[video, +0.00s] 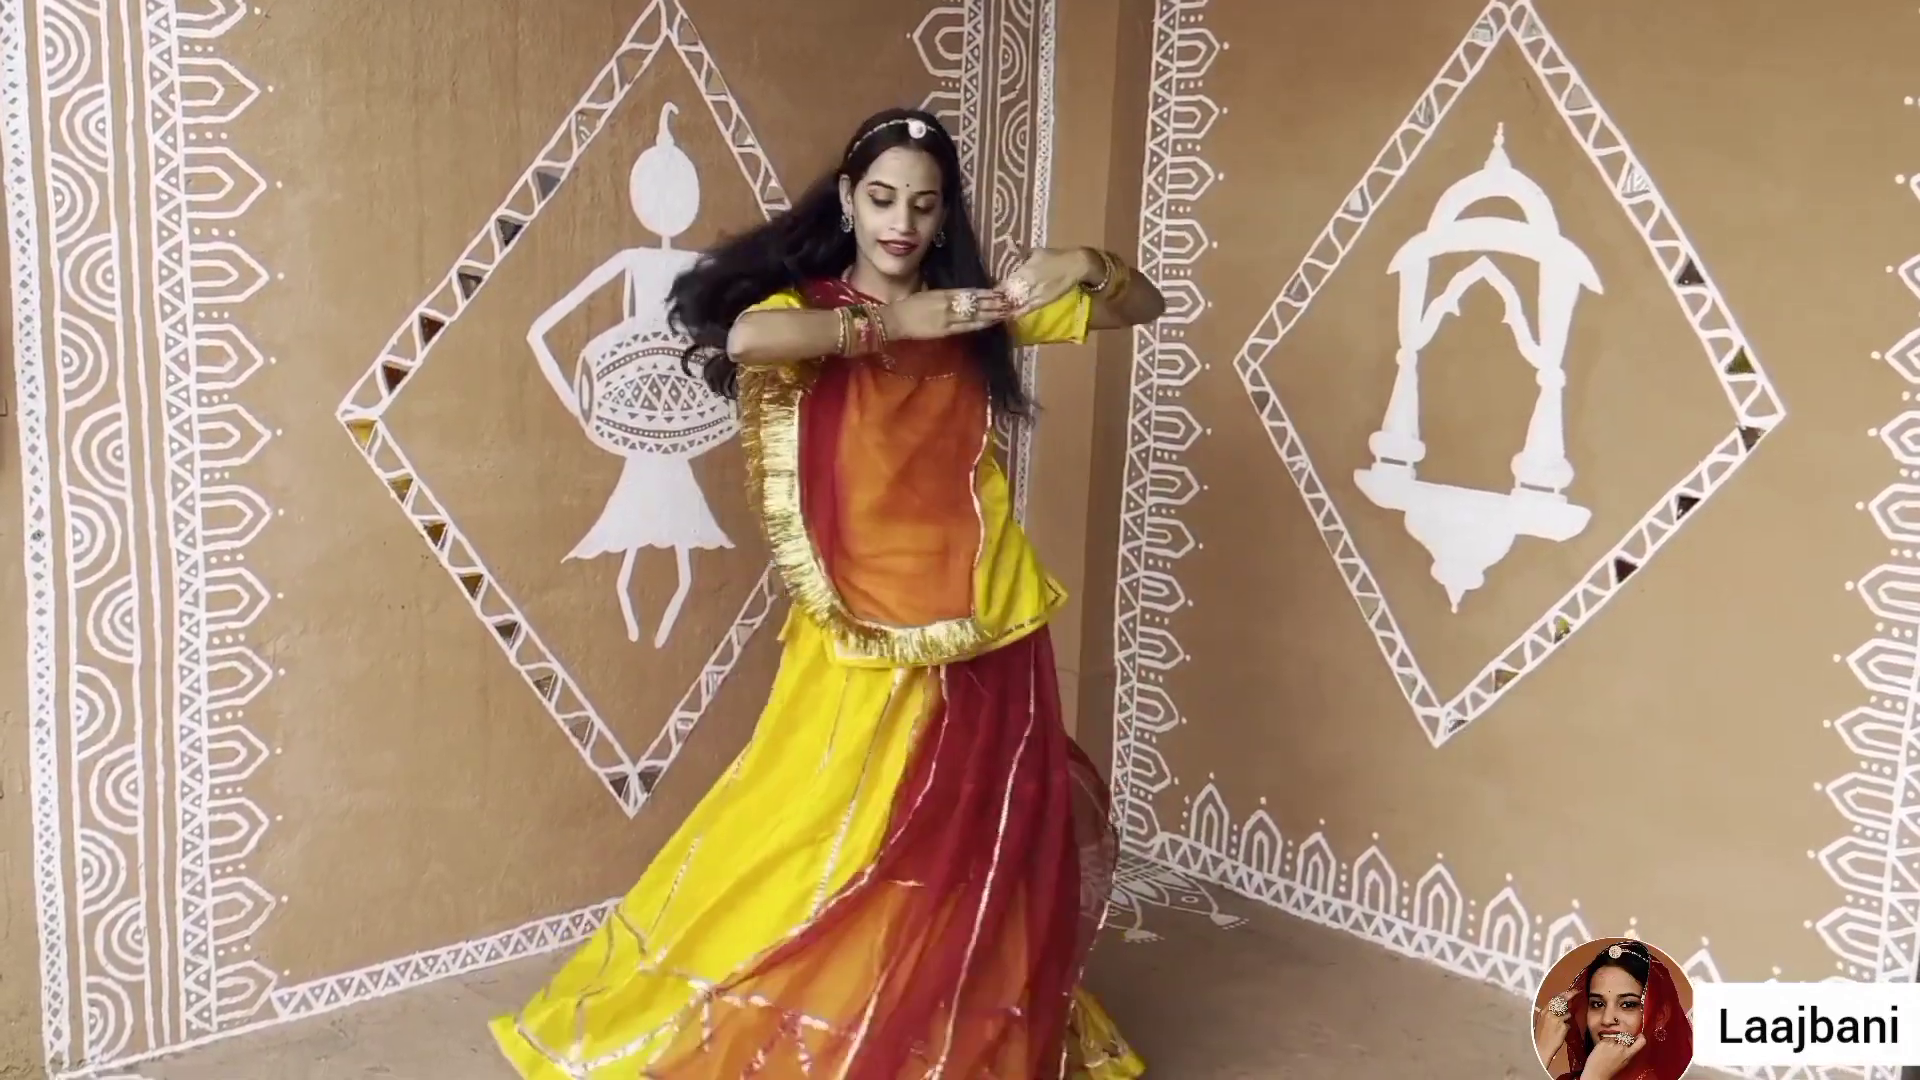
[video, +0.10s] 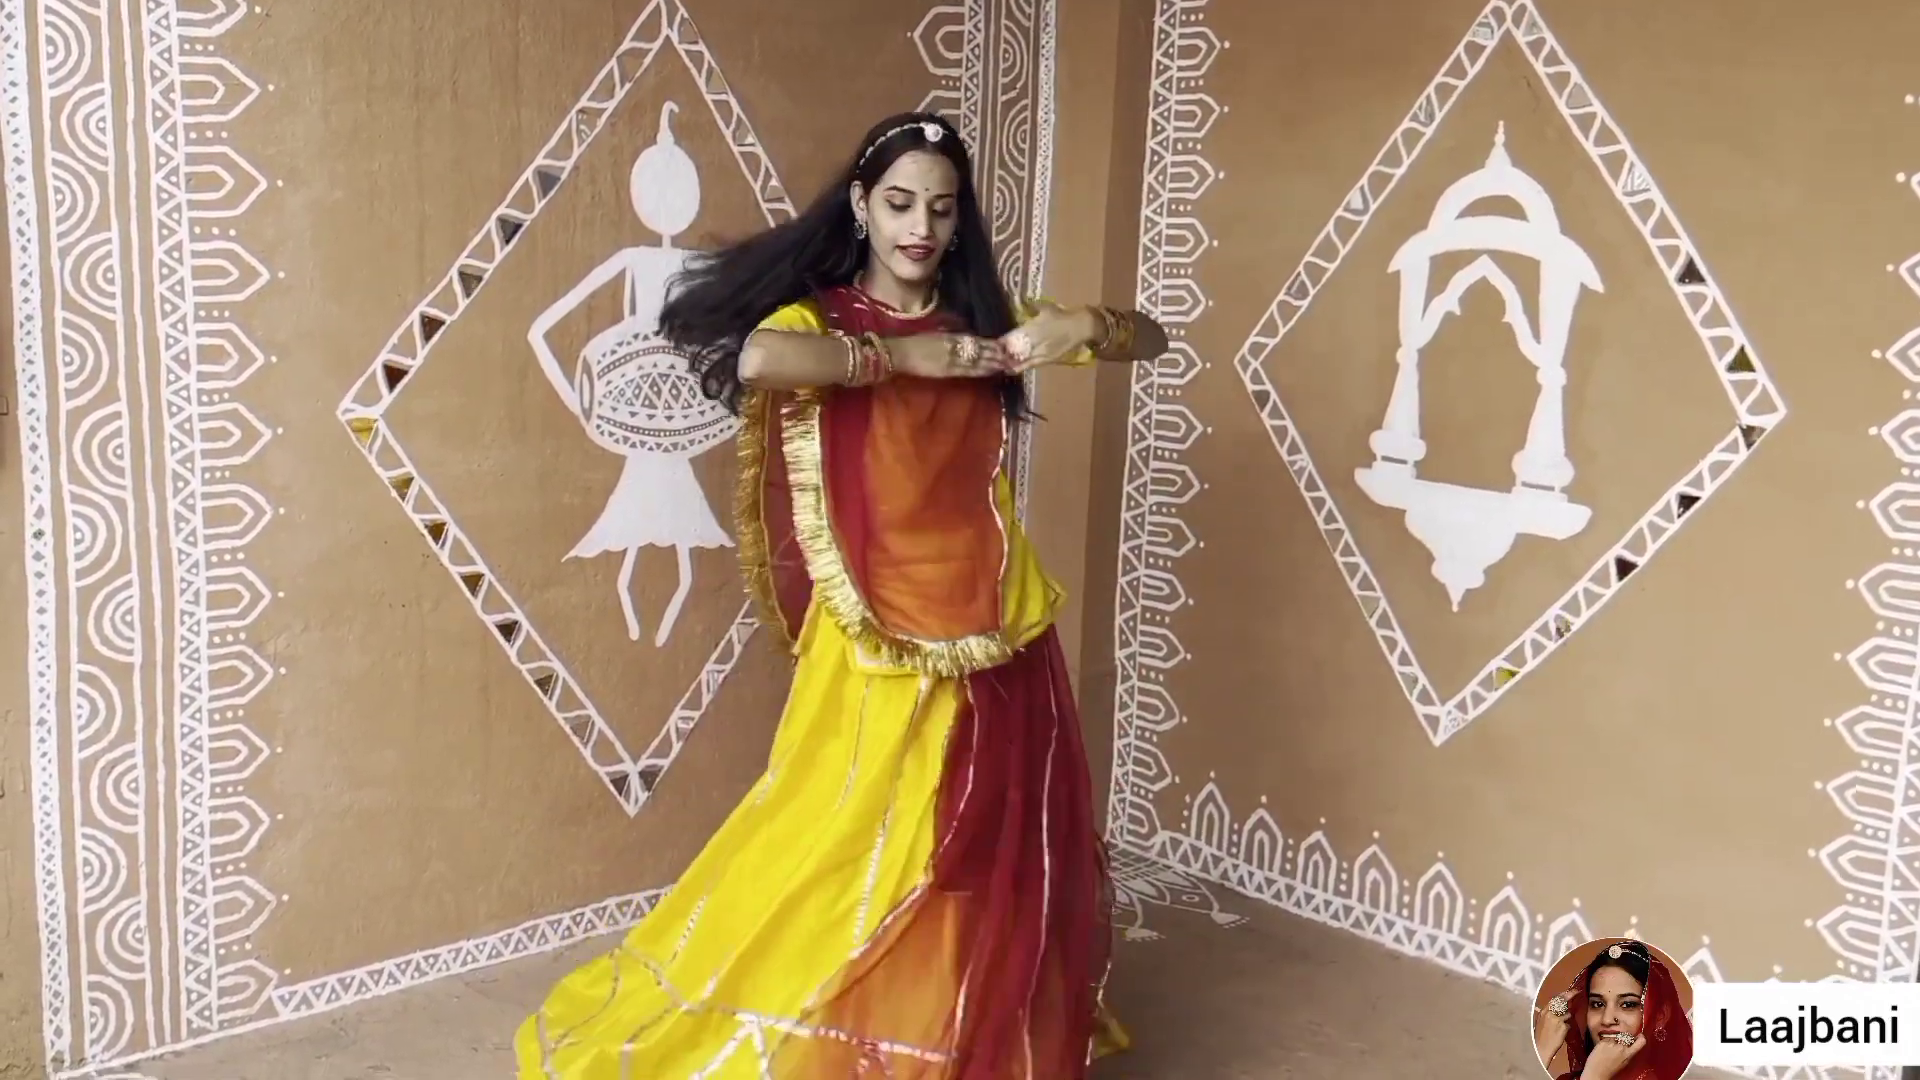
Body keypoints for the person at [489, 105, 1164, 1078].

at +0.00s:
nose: (902, 221)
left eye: (924, 202)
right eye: (883, 197)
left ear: (946, 213)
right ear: (849, 200)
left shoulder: (977, 312)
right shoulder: (805, 306)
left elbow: (1141, 304)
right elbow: (745, 334)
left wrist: (1089, 264)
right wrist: (892, 324)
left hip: (990, 632)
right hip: (864, 639)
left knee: (993, 868)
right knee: (853, 866)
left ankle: (981, 1056)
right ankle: (830, 1054)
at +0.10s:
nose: (922, 227)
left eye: (942, 207)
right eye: (901, 203)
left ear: (961, 218)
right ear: (861, 207)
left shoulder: (987, 321)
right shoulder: (822, 318)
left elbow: (1144, 336)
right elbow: (755, 360)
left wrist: (1086, 327)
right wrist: (917, 358)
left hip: (1002, 637)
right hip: (881, 644)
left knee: (1011, 863)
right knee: (888, 869)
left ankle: (1001, 1055)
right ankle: (867, 1057)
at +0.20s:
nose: (955, 233)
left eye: (972, 213)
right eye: (934, 210)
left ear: (988, 223)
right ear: (887, 213)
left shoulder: (1006, 334)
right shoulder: (845, 330)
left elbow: (1141, 402)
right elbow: (783, 427)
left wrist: (1085, 446)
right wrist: (924, 464)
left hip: (1006, 626)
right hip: (892, 632)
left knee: (1026, 854)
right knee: (911, 858)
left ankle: (1027, 1052)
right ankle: (890, 1053)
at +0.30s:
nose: (978, 239)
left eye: (995, 218)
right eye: (955, 216)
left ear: (1011, 228)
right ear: (908, 220)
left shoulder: (1023, 348)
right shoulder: (865, 341)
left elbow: (1147, 435)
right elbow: (808, 459)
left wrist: (1106, 522)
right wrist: (942, 545)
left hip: (1006, 631)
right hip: (896, 640)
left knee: (1027, 870)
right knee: (921, 872)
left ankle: (1028, 1059)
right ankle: (908, 1059)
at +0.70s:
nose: (1037, 272)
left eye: (1053, 249)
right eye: (1012, 248)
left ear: (1069, 257)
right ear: (961, 253)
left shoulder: (1067, 376)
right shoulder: (917, 370)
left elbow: (1190, 464)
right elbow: (926, 498)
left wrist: (1225, 549)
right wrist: (1046, 607)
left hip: (1010, 649)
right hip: (906, 647)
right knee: (988, 860)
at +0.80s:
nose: (1024, 276)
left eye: (1041, 254)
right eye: (1000, 252)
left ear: (1059, 260)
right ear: (951, 254)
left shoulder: (1059, 374)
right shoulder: (900, 366)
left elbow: (1188, 466)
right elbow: (895, 500)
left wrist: (1205, 558)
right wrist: (1013, 607)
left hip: (1008, 638)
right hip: (905, 636)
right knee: (976, 851)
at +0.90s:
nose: (1002, 277)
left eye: (1021, 254)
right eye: (978, 252)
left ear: (1041, 259)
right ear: (934, 253)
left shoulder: (1051, 373)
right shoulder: (878, 368)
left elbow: (1185, 465)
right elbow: (851, 500)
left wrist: (1172, 567)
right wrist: (975, 607)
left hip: (1014, 662)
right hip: (899, 660)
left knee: (1018, 874)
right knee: (965, 874)